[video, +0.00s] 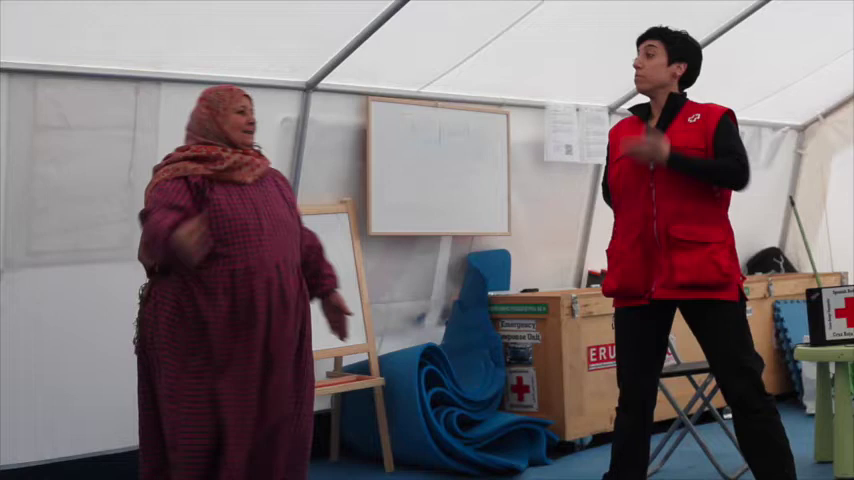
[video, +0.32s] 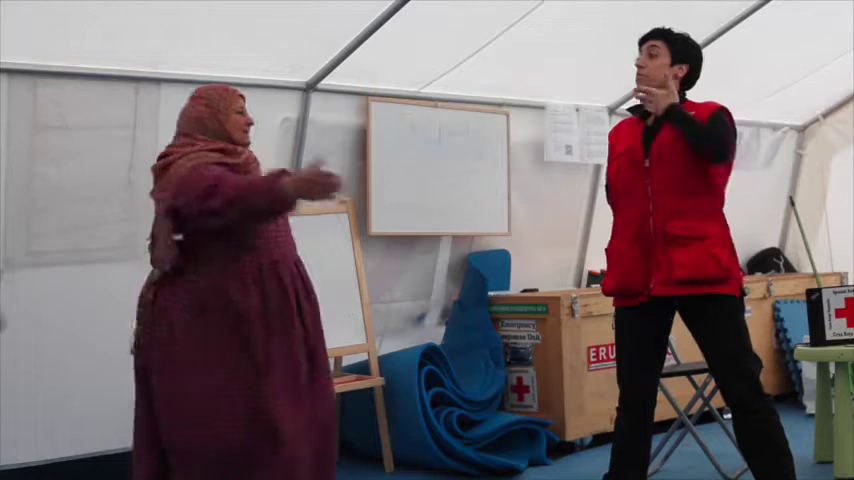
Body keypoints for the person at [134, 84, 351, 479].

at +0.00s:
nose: (252, 119)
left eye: (252, 113)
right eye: (241, 112)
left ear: (254, 121)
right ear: (210, 119)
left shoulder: (271, 178)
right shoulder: (180, 175)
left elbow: (300, 239)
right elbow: (157, 227)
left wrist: (327, 291)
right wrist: (178, 241)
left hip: (274, 332)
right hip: (201, 334)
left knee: (277, 439)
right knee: (201, 438)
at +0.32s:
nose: (249, 120)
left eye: (246, 112)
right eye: (240, 112)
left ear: (210, 120)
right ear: (213, 118)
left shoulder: (230, 163)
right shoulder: (190, 168)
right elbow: (221, 196)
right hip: (212, 337)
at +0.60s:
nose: (299, 159)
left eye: (299, 151)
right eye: (296, 150)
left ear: (243, 141)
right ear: (274, 150)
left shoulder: (206, 184)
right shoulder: (251, 196)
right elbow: (290, 259)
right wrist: (364, 292)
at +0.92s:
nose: (345, 284)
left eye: (351, 276)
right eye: (347, 276)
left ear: (319, 228)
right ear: (335, 271)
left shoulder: (262, 223)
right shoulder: (292, 297)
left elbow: (182, 238)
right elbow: (296, 386)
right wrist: (327, 439)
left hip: (120, 319)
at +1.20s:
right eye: (357, 349)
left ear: (341, 290)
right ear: (349, 350)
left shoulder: (302, 272)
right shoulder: (298, 367)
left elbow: (234, 252)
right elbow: (283, 449)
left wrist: (192, 264)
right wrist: (290, 477)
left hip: (128, 311)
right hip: (166, 363)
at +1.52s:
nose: (338, 290)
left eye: (339, 294)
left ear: (337, 295)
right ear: (347, 354)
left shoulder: (313, 278)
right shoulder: (297, 373)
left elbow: (256, 254)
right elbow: (281, 455)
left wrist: (205, 263)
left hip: (132, 303)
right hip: (157, 357)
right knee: (182, 457)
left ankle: (91, 464)